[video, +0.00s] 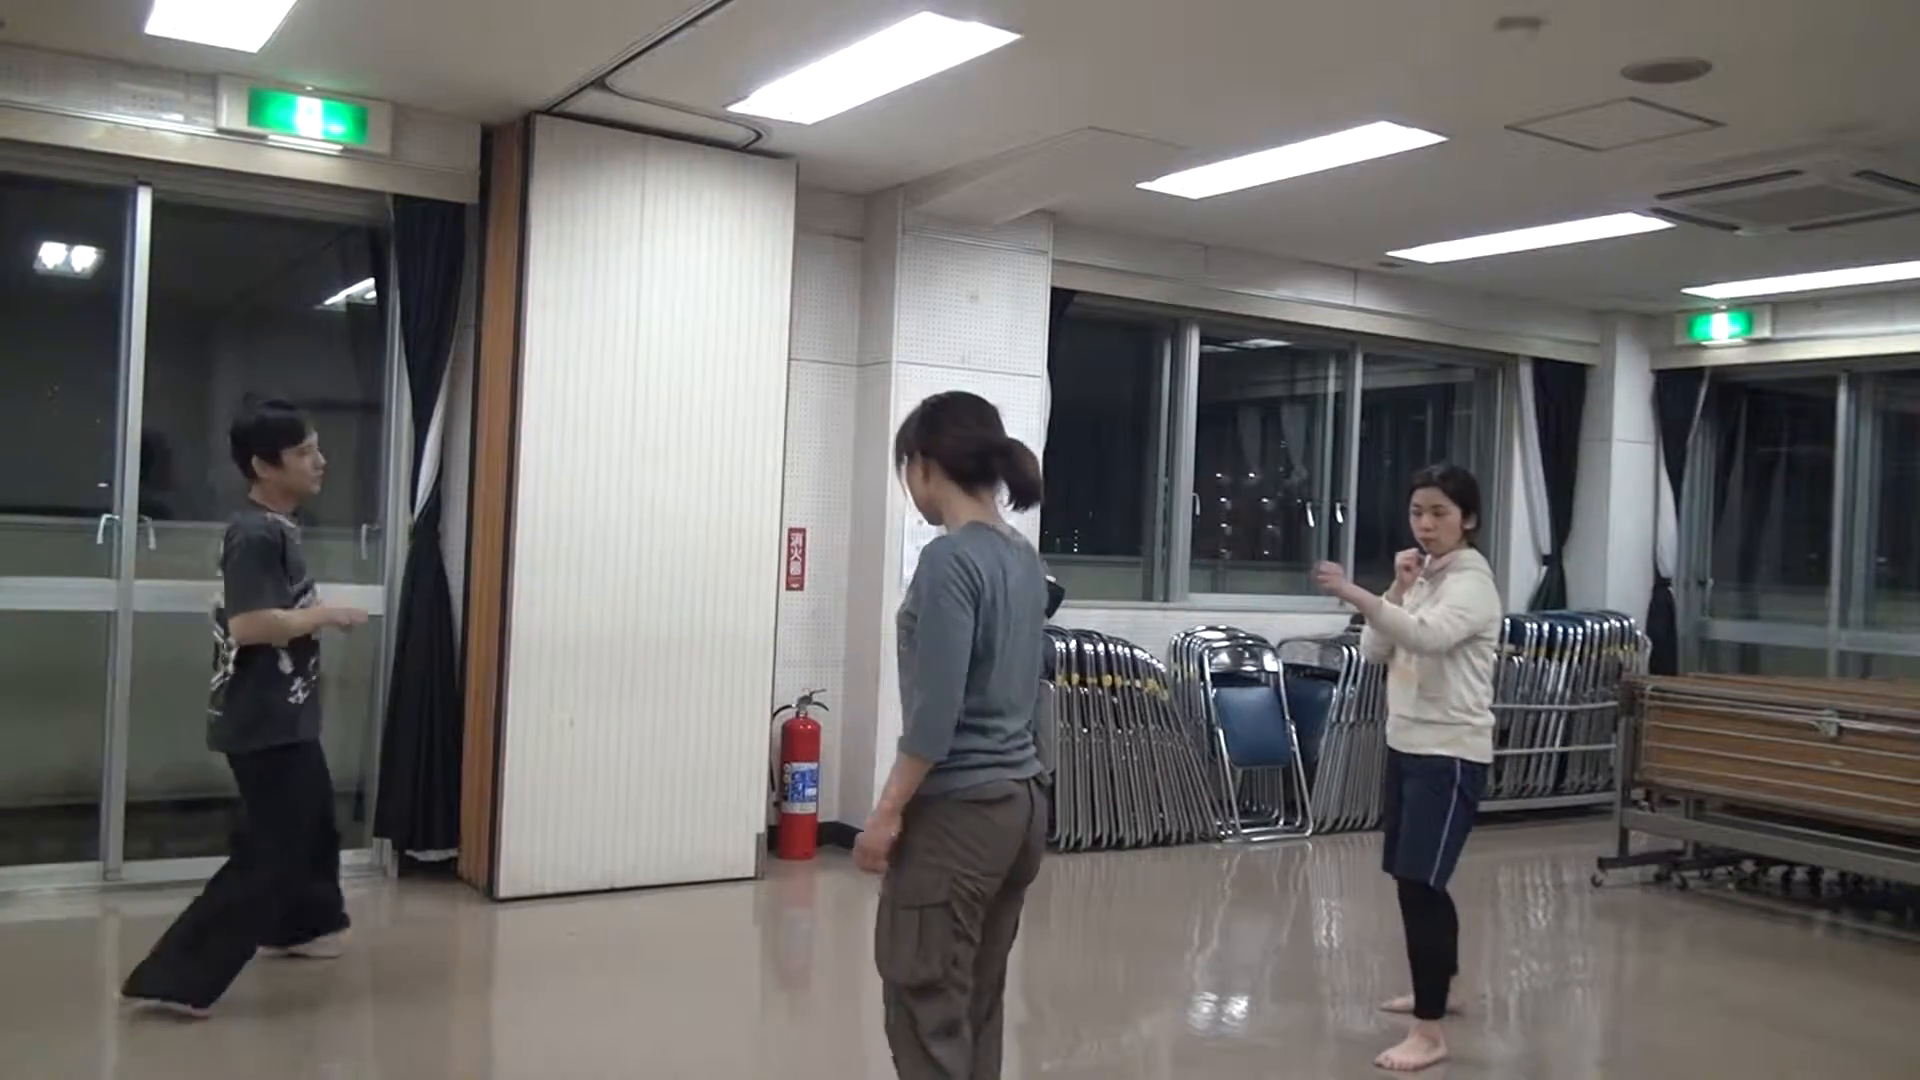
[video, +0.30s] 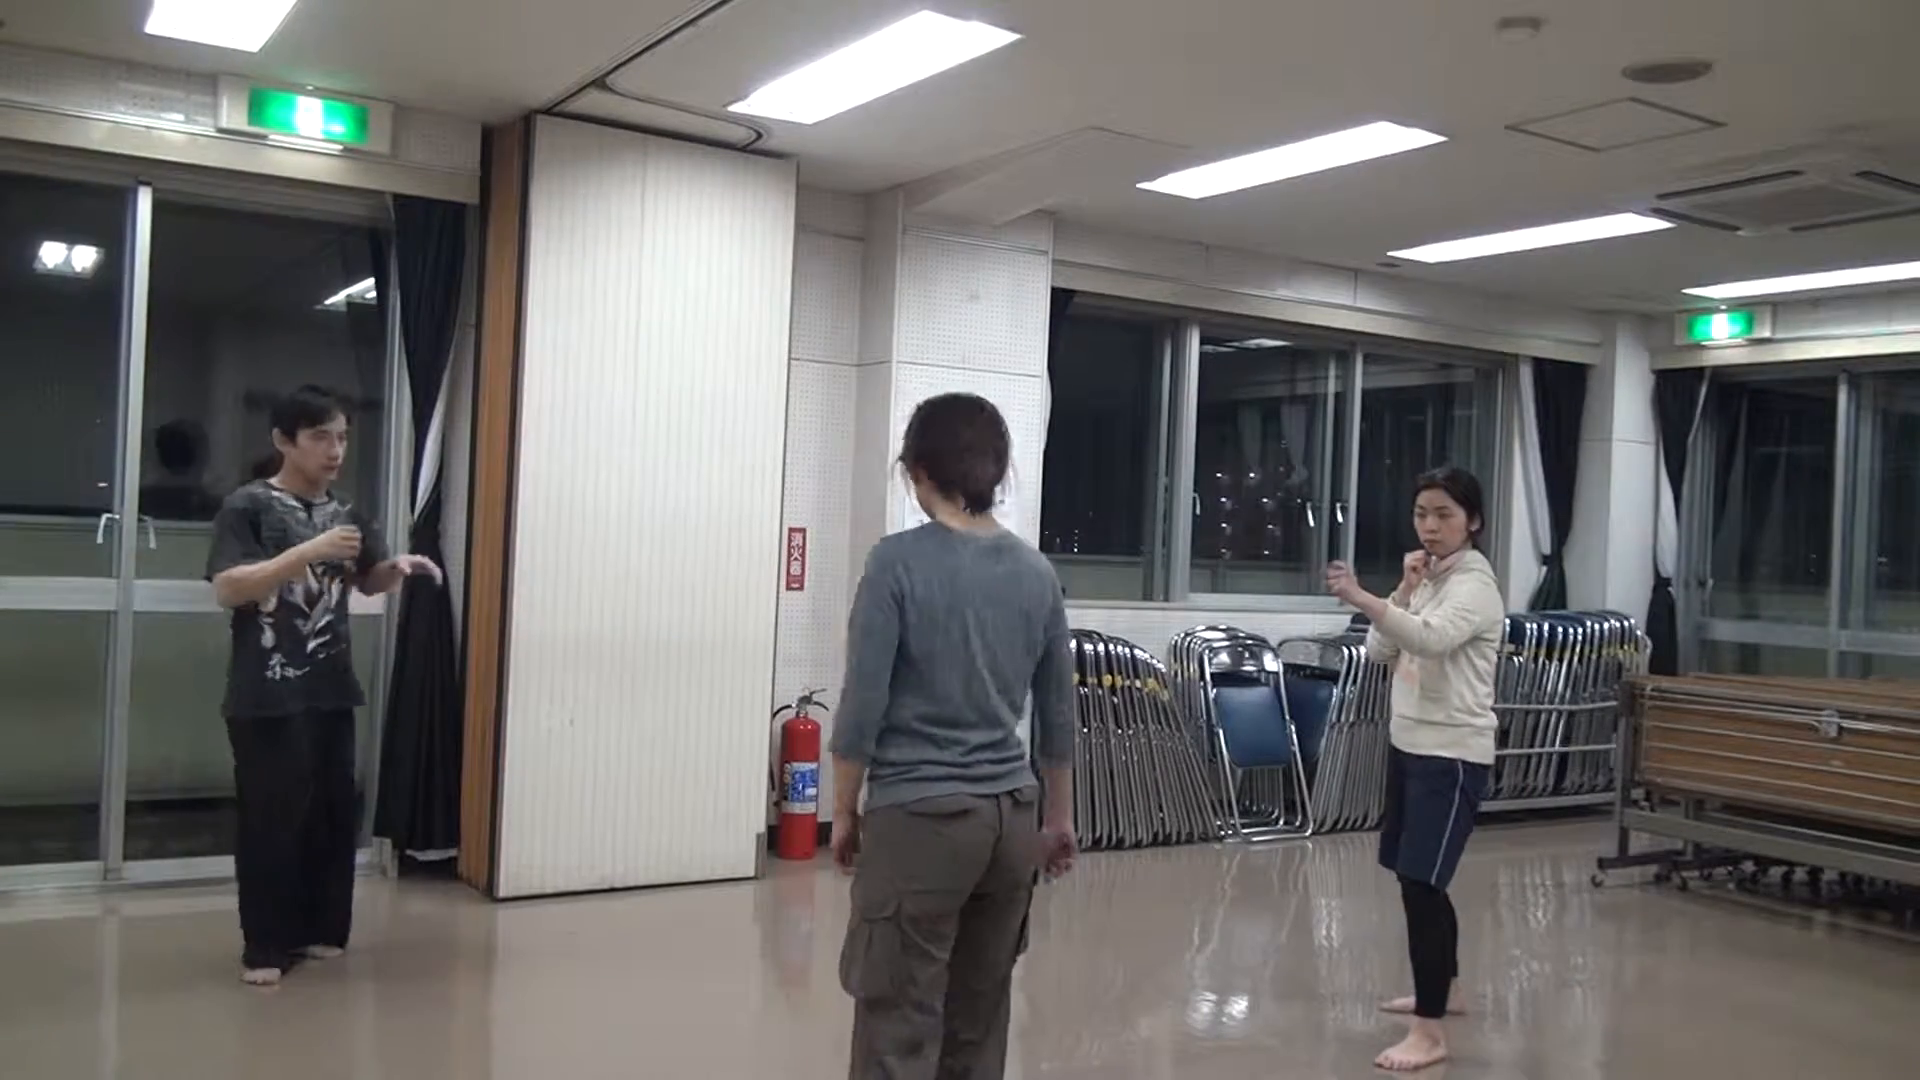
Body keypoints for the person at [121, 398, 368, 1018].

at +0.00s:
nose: (320, 462)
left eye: (318, 451)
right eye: (307, 454)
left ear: (275, 465)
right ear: (266, 464)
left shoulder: (279, 527)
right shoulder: (256, 533)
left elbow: (273, 616)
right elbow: (249, 623)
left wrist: (316, 613)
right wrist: (322, 613)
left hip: (283, 719)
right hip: (263, 723)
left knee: (312, 821)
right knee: (277, 848)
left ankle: (299, 925)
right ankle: (169, 980)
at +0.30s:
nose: (337, 451)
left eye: (341, 439)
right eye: (323, 440)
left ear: (344, 442)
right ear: (284, 442)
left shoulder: (338, 513)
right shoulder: (247, 506)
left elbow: (361, 584)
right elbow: (229, 587)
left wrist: (394, 568)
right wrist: (311, 551)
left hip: (328, 693)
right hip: (266, 696)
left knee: (329, 814)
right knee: (272, 818)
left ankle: (311, 932)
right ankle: (265, 948)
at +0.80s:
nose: (313, 456)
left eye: (323, 445)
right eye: (299, 445)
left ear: (333, 447)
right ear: (267, 447)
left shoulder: (360, 512)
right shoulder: (237, 512)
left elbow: (408, 589)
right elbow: (208, 589)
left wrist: (382, 528)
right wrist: (265, 531)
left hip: (348, 704)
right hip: (263, 705)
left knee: (376, 825)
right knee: (261, 830)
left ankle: (393, 961)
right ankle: (261, 953)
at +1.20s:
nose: (372, 452)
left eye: (382, 439)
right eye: (358, 440)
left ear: (394, 445)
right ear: (329, 445)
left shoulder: (426, 516)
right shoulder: (300, 517)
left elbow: (464, 605)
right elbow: (274, 601)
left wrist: (448, 579)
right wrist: (324, 559)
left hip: (406, 714)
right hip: (320, 712)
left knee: (421, 851)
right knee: (296, 832)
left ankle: (433, 995)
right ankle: (271, 943)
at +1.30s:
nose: (390, 451)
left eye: (400, 439)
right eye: (376, 439)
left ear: (412, 444)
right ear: (347, 443)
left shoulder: (441, 514)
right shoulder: (314, 515)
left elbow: (468, 588)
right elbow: (291, 603)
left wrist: (470, 631)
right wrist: (341, 586)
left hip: (422, 710)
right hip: (338, 710)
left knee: (428, 853)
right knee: (311, 833)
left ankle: (433, 995)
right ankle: (281, 944)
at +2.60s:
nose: (412, 453)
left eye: (422, 441)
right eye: (397, 442)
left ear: (434, 442)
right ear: (364, 445)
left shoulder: (461, 515)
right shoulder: (342, 518)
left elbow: (515, 597)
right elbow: (320, 589)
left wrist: (502, 537)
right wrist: (373, 520)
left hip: (446, 720)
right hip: (363, 721)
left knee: (471, 860)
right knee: (353, 855)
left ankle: (495, 1004)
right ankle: (344, 984)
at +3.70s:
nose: (462, 513)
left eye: (472, 501)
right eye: (446, 500)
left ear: (482, 506)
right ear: (413, 505)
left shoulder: (504, 579)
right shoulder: (376, 573)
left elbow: (550, 673)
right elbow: (339, 654)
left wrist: (533, 617)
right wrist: (401, 589)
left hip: (481, 777)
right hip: (391, 776)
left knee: (545, 879)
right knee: (350, 886)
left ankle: (561, 1027)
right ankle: (342, 984)